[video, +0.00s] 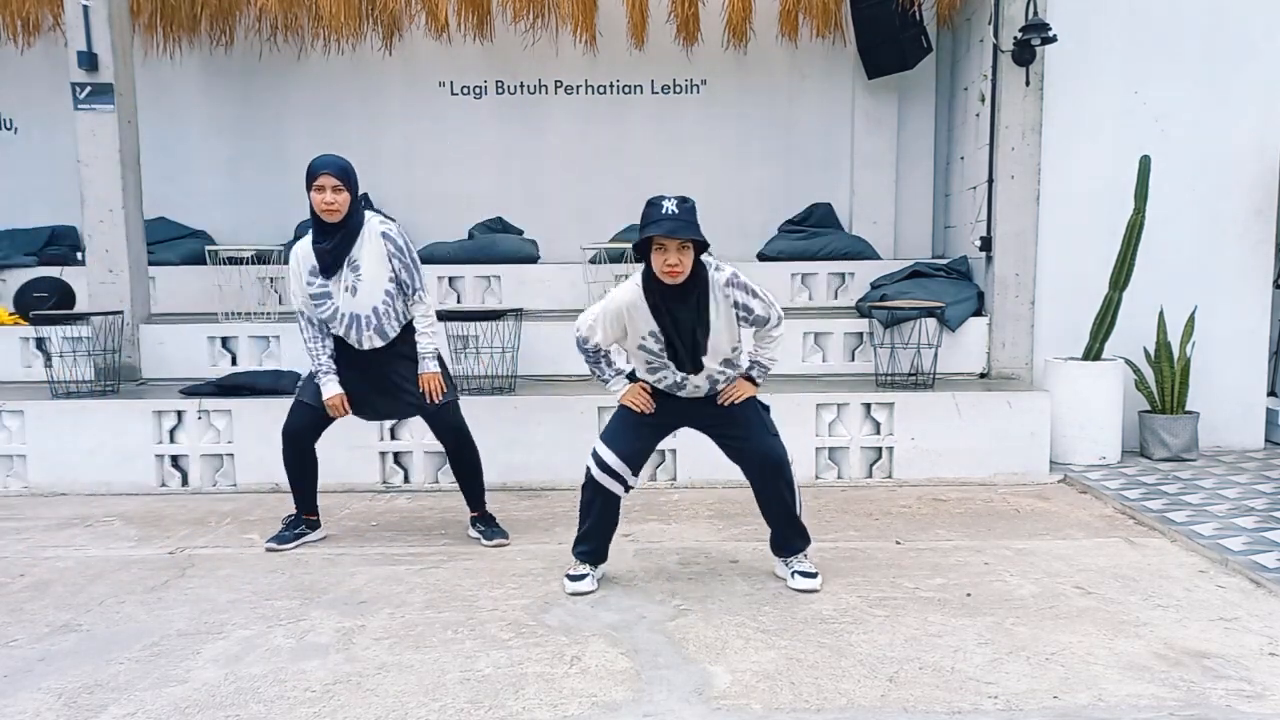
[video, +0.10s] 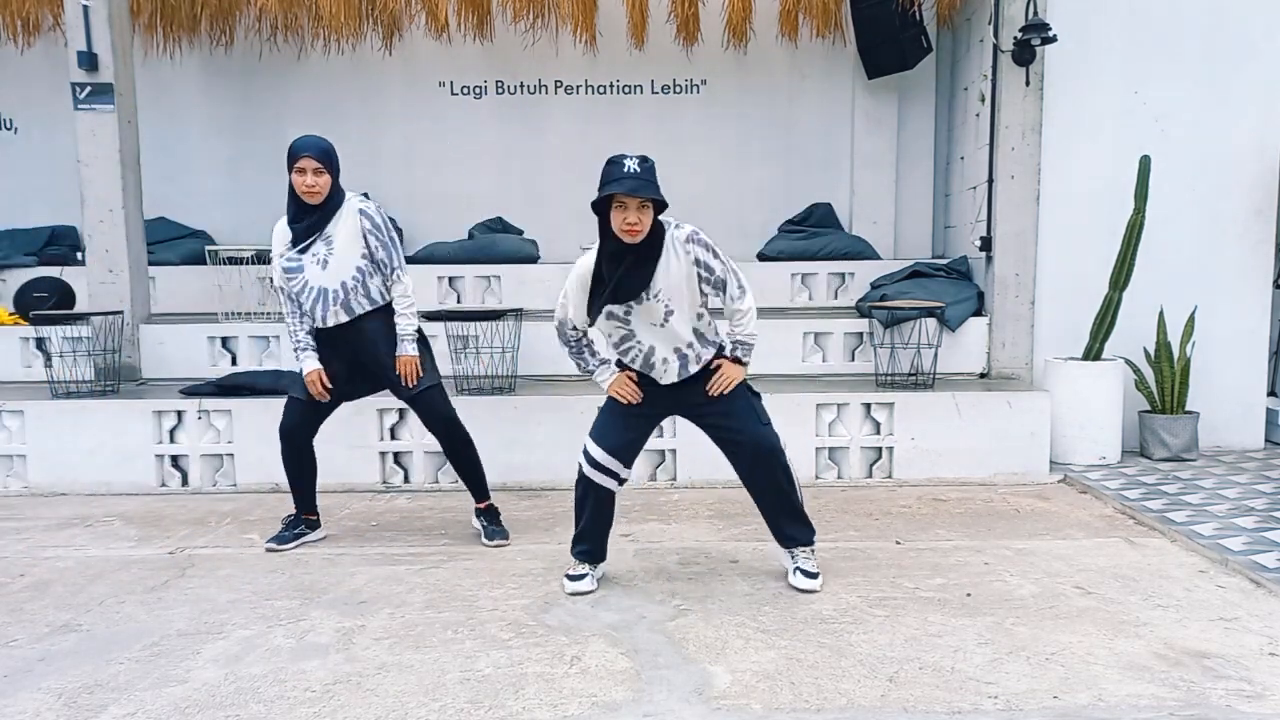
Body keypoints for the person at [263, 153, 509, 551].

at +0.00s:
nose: (329, 198)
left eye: (338, 189)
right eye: (320, 189)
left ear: (353, 193)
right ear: (309, 196)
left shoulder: (384, 233)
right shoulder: (301, 252)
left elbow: (419, 298)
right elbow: (309, 323)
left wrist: (428, 360)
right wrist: (327, 379)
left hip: (401, 351)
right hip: (343, 357)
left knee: (453, 427)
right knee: (295, 433)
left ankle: (480, 516)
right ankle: (307, 520)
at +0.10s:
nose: (309, 181)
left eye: (318, 171)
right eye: (300, 172)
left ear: (333, 174)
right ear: (289, 177)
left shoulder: (363, 213)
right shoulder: (284, 233)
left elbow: (399, 280)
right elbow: (291, 307)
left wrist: (407, 344)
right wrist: (307, 359)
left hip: (384, 337)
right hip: (330, 348)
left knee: (440, 415)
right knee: (293, 429)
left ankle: (486, 509)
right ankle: (307, 519)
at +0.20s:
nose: (298, 176)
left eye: (306, 166)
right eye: (289, 168)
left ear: (322, 167)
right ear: (278, 172)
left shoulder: (352, 203)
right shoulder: (277, 223)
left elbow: (389, 267)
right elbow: (281, 295)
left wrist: (392, 330)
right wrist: (294, 345)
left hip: (374, 322)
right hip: (321, 335)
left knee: (431, 413)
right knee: (293, 427)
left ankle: (486, 498)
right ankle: (307, 518)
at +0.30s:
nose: (292, 180)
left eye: (300, 171)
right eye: (283, 172)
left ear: (316, 171)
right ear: (273, 176)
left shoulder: (346, 206)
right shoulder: (275, 228)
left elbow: (385, 268)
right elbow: (279, 299)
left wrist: (385, 330)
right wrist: (285, 344)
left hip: (367, 327)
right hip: (314, 340)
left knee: (421, 418)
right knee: (289, 430)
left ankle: (480, 502)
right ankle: (306, 518)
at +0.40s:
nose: (289, 178)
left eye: (297, 168)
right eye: (280, 169)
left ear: (313, 169)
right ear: (270, 174)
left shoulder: (343, 207)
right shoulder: (272, 229)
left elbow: (382, 270)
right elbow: (277, 303)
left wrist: (386, 331)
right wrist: (284, 347)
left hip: (364, 328)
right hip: (312, 339)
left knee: (420, 421)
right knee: (286, 431)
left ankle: (477, 504)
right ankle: (306, 518)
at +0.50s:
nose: (287, 171)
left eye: (296, 162)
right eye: (278, 163)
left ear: (312, 164)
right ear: (268, 168)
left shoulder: (342, 202)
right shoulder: (268, 222)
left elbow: (383, 264)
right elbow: (273, 294)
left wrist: (390, 328)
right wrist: (287, 344)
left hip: (368, 320)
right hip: (316, 332)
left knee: (424, 412)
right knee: (298, 427)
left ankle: (479, 500)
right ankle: (307, 518)